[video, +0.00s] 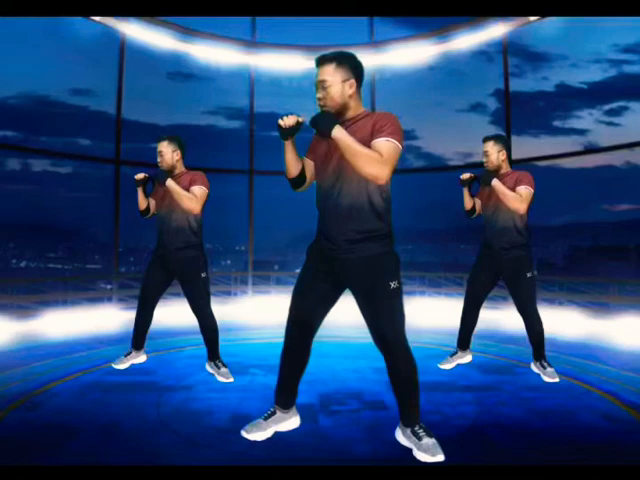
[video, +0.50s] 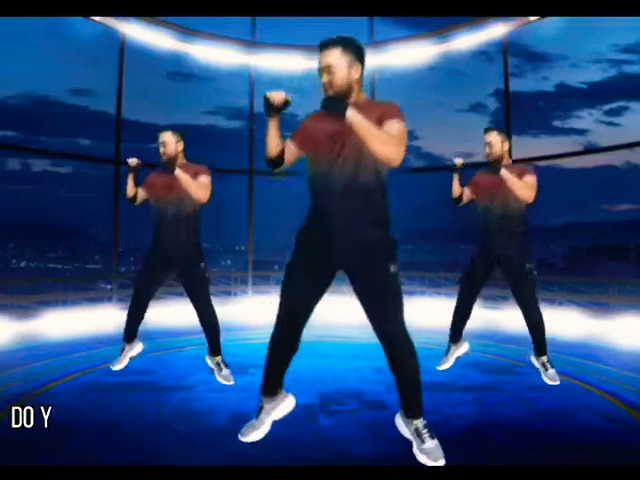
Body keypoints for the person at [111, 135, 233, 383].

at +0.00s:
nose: (159, 158)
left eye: (162, 153)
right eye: (158, 154)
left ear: (177, 154)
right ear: (166, 157)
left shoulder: (196, 178)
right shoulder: (162, 184)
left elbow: (195, 207)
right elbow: (146, 211)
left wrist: (169, 182)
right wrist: (140, 187)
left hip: (190, 255)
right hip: (164, 255)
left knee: (202, 309)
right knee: (146, 301)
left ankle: (215, 360)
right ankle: (137, 351)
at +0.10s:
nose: (159, 158)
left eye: (163, 153)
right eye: (158, 154)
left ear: (177, 154)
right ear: (166, 157)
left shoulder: (196, 178)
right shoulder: (162, 184)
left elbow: (195, 206)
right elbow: (146, 211)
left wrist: (169, 182)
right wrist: (140, 188)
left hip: (190, 255)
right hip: (164, 255)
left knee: (202, 309)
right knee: (145, 300)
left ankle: (215, 360)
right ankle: (137, 351)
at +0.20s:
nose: (160, 162)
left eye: (163, 157)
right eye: (159, 158)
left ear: (178, 158)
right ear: (162, 161)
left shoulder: (197, 183)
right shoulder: (161, 190)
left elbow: (196, 210)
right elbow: (143, 214)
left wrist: (170, 185)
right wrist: (138, 190)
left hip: (191, 258)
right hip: (163, 258)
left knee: (204, 313)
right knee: (139, 300)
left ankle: (214, 361)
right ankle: (136, 351)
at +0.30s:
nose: (161, 169)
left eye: (164, 164)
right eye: (159, 165)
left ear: (179, 165)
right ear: (160, 168)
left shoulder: (196, 191)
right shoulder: (158, 198)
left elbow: (199, 220)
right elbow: (137, 220)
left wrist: (172, 194)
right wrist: (132, 196)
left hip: (190, 266)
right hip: (160, 265)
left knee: (204, 319)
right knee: (132, 306)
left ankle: (215, 362)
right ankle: (136, 351)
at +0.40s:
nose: (161, 163)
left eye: (165, 159)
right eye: (159, 159)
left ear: (179, 161)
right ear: (160, 163)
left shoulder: (196, 187)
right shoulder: (157, 193)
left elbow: (201, 216)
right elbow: (134, 214)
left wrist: (176, 190)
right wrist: (131, 188)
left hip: (189, 262)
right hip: (161, 261)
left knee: (204, 316)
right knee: (134, 301)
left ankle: (215, 362)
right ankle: (134, 350)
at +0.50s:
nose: (162, 149)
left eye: (166, 144)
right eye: (160, 145)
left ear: (180, 146)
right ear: (159, 149)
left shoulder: (199, 173)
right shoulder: (156, 178)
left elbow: (202, 196)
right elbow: (134, 198)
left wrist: (177, 171)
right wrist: (132, 172)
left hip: (189, 251)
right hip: (160, 250)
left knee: (203, 305)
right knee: (140, 297)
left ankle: (216, 356)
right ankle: (129, 343)